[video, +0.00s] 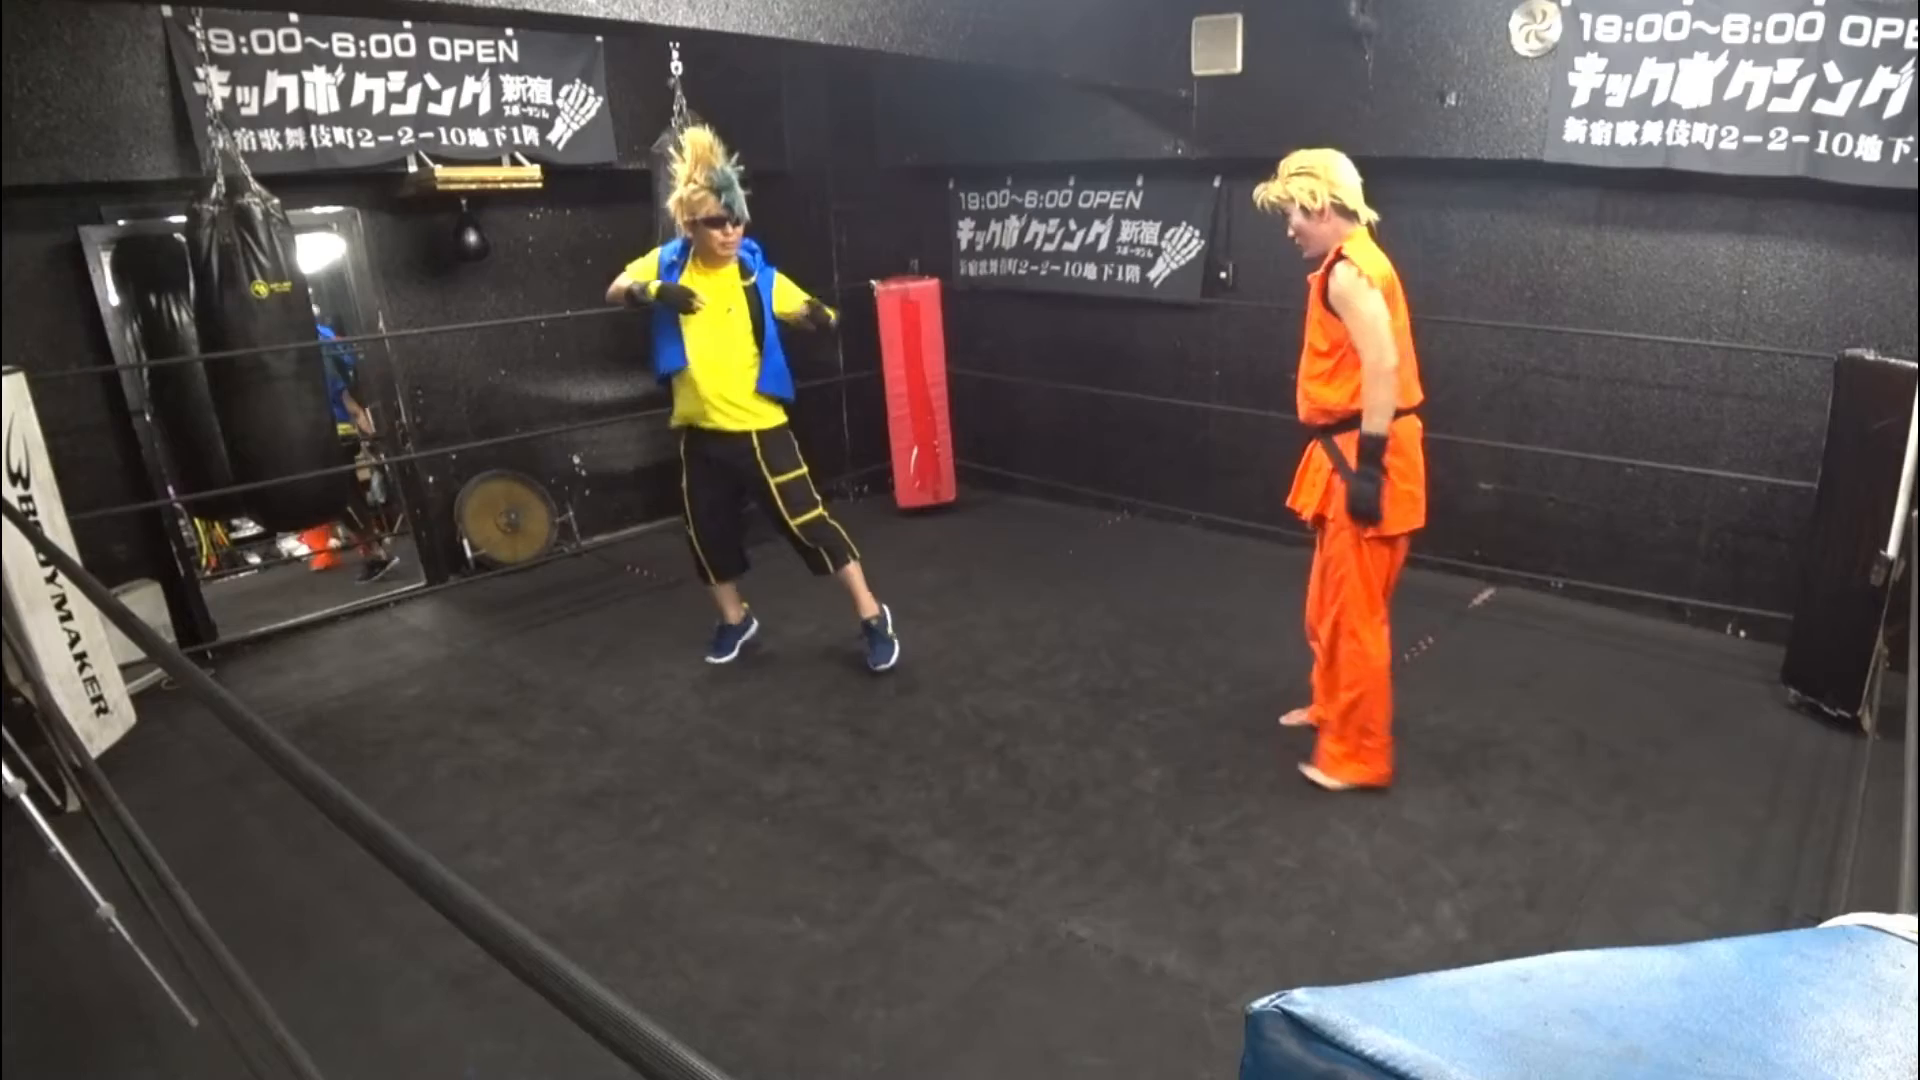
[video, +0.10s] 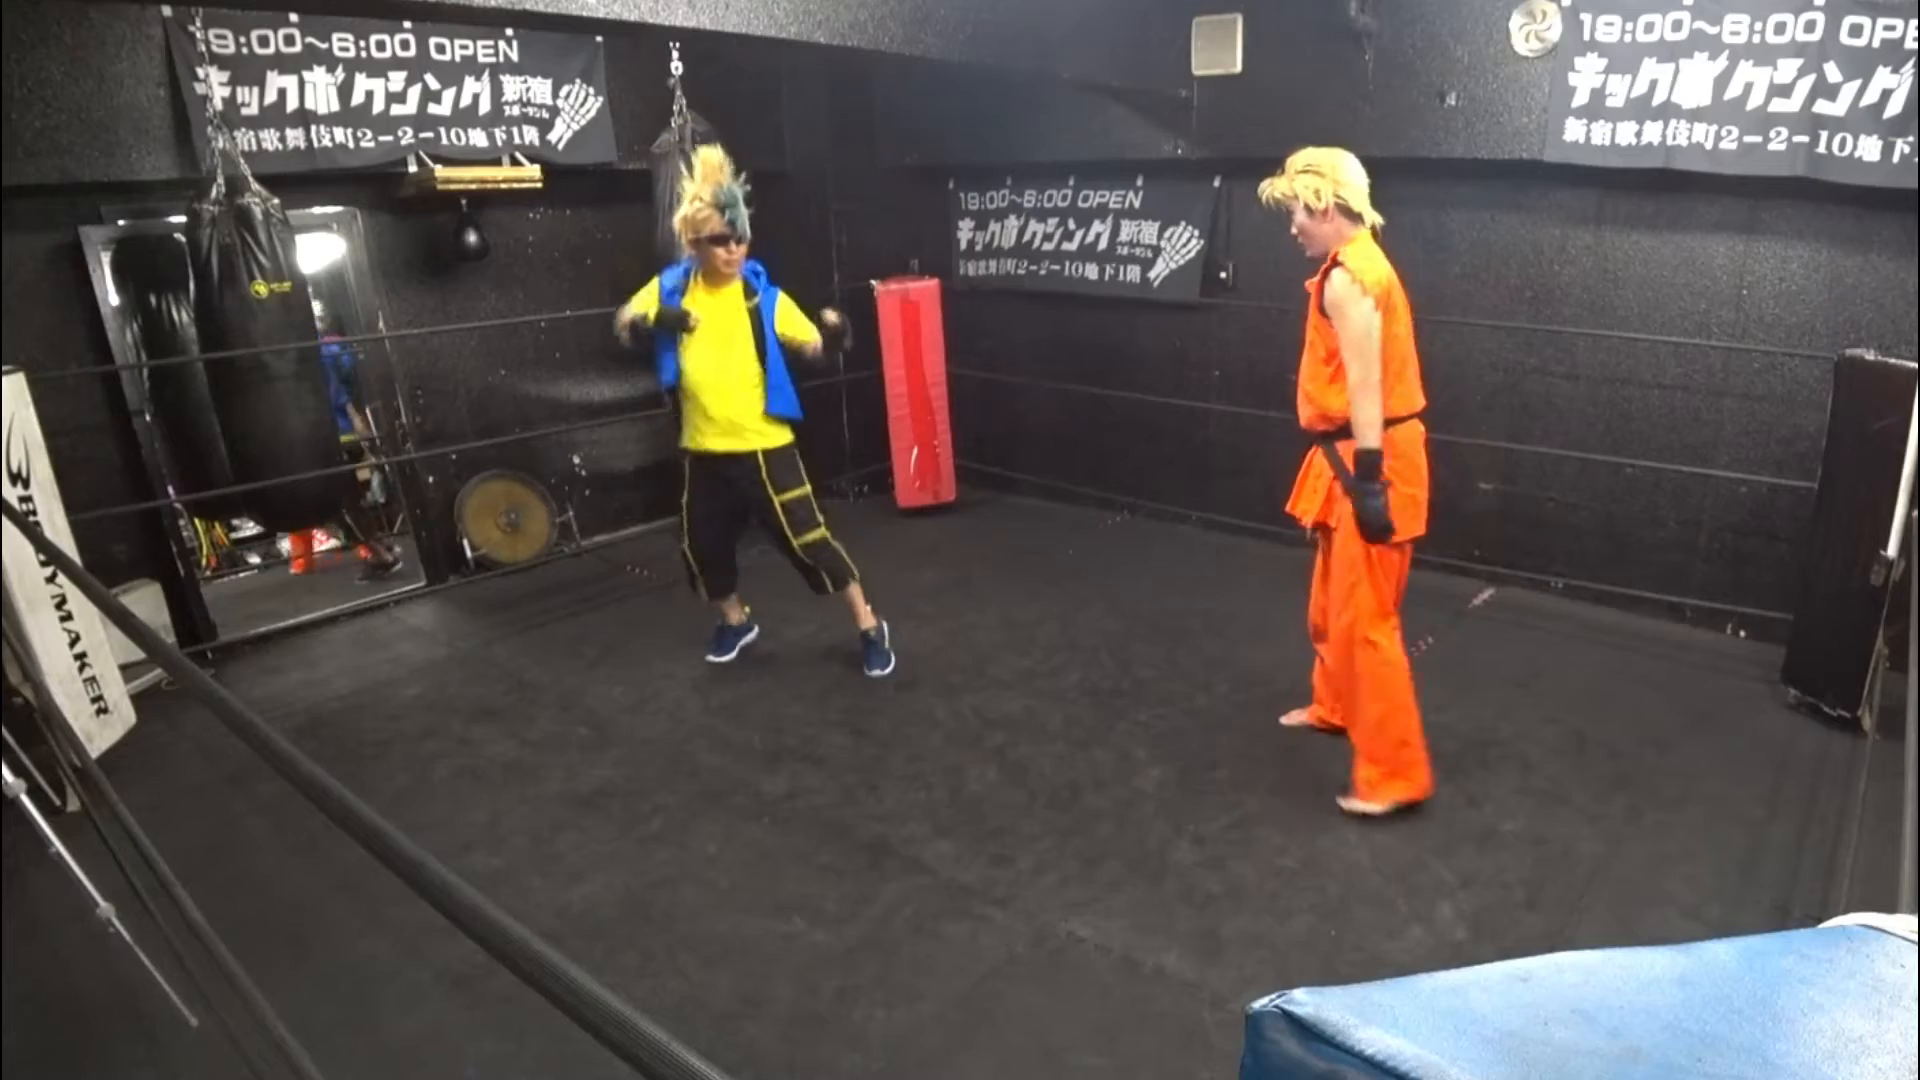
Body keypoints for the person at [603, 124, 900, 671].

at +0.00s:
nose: (729, 234)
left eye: (735, 223)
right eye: (716, 225)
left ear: (744, 222)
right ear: (689, 226)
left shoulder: (755, 271)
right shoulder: (666, 262)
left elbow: (807, 312)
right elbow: (616, 290)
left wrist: (820, 319)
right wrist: (657, 291)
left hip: (761, 420)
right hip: (700, 424)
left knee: (806, 520)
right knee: (705, 533)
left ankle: (871, 613)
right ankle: (735, 619)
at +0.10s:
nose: (731, 252)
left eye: (737, 242)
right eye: (718, 243)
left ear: (747, 243)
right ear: (695, 246)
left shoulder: (762, 294)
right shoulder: (670, 288)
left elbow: (809, 346)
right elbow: (624, 325)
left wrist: (830, 339)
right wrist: (652, 323)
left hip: (766, 439)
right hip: (705, 443)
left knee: (807, 537)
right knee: (703, 543)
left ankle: (867, 622)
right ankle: (735, 620)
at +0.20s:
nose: (734, 272)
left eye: (740, 261)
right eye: (722, 262)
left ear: (750, 264)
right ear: (699, 267)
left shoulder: (769, 318)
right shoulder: (678, 316)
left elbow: (812, 383)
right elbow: (641, 365)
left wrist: (841, 371)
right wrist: (671, 357)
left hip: (774, 464)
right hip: (713, 468)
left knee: (812, 552)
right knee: (701, 558)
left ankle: (872, 626)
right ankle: (736, 622)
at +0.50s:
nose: (736, 288)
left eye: (742, 277)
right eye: (723, 279)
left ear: (752, 281)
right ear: (700, 285)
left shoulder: (772, 333)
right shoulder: (680, 333)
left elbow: (794, 406)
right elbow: (682, 392)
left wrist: (804, 398)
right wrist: (722, 368)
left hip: (781, 475)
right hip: (721, 479)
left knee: (811, 563)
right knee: (696, 563)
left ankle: (870, 631)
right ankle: (736, 623)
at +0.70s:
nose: (721, 243)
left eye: (728, 232)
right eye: (709, 234)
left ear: (740, 235)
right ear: (687, 238)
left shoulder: (763, 288)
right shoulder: (668, 277)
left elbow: (799, 354)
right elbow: (659, 327)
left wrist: (789, 342)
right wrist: (698, 308)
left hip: (760, 428)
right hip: (699, 430)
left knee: (787, 523)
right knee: (694, 531)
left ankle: (829, 616)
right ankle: (727, 615)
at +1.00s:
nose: (715, 277)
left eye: (721, 267)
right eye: (703, 268)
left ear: (730, 269)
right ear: (680, 274)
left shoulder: (751, 323)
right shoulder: (660, 318)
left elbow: (791, 388)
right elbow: (639, 376)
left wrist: (816, 370)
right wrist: (669, 353)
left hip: (752, 458)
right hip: (693, 464)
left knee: (775, 543)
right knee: (687, 553)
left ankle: (806, 626)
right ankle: (714, 622)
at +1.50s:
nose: (731, 256)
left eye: (737, 244)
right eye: (718, 246)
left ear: (745, 247)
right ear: (691, 249)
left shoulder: (767, 295)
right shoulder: (669, 296)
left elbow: (810, 358)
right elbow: (664, 352)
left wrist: (818, 339)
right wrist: (700, 320)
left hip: (776, 444)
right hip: (713, 451)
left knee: (811, 539)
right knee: (687, 544)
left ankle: (867, 618)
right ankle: (708, 616)